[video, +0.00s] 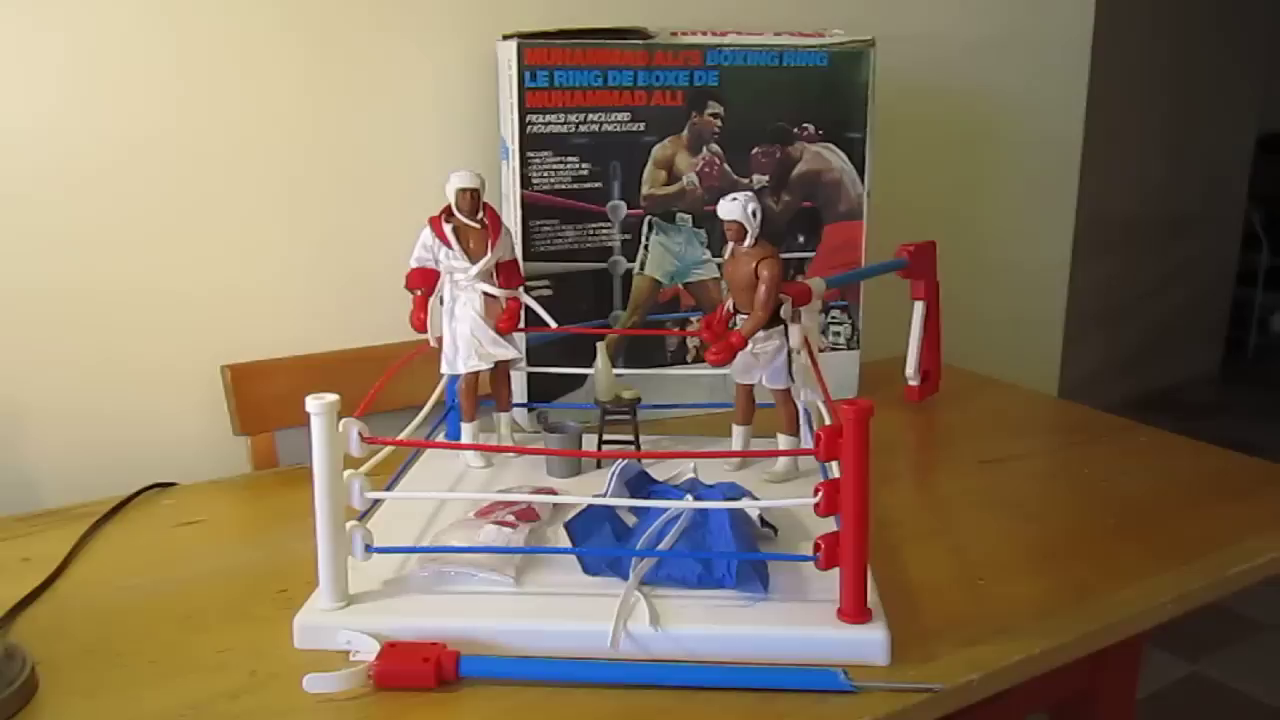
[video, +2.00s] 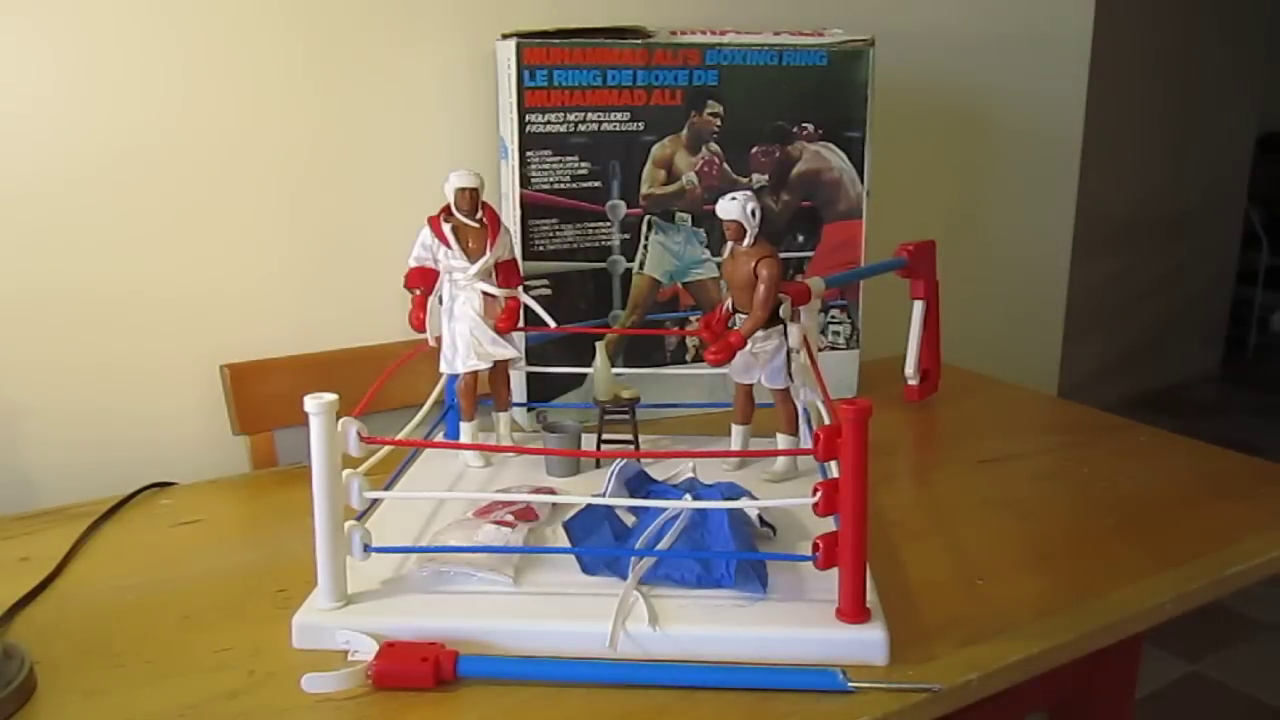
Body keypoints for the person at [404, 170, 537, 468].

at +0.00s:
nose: (469, 199)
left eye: (474, 193)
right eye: (463, 194)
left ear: (481, 195)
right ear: (452, 197)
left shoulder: (496, 229)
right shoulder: (437, 230)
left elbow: (509, 269)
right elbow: (422, 268)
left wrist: (513, 306)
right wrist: (420, 305)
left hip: (494, 305)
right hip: (459, 306)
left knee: (501, 367)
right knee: (469, 371)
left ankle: (506, 432)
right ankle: (470, 442)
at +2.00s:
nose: (467, 198)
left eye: (472, 192)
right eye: (461, 192)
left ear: (480, 194)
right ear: (450, 196)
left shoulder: (495, 228)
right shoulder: (436, 230)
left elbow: (508, 269)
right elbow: (421, 271)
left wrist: (511, 306)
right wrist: (421, 310)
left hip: (493, 304)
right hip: (458, 306)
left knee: (500, 365)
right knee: (468, 371)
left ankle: (505, 432)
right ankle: (469, 441)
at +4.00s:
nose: (468, 198)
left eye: (473, 191)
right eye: (461, 192)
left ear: (481, 194)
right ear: (451, 195)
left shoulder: (496, 228)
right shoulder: (436, 230)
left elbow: (508, 269)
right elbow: (421, 267)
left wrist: (512, 304)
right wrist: (419, 302)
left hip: (493, 301)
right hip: (458, 302)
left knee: (500, 363)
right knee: (468, 369)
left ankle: (505, 432)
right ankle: (468, 440)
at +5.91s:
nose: (466, 198)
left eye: (471, 191)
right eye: (460, 191)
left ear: (480, 194)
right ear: (450, 195)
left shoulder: (497, 229)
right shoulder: (435, 230)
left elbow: (509, 272)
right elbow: (421, 272)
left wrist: (511, 307)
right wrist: (422, 311)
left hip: (492, 302)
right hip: (457, 304)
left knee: (500, 364)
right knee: (468, 369)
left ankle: (504, 433)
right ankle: (469, 441)